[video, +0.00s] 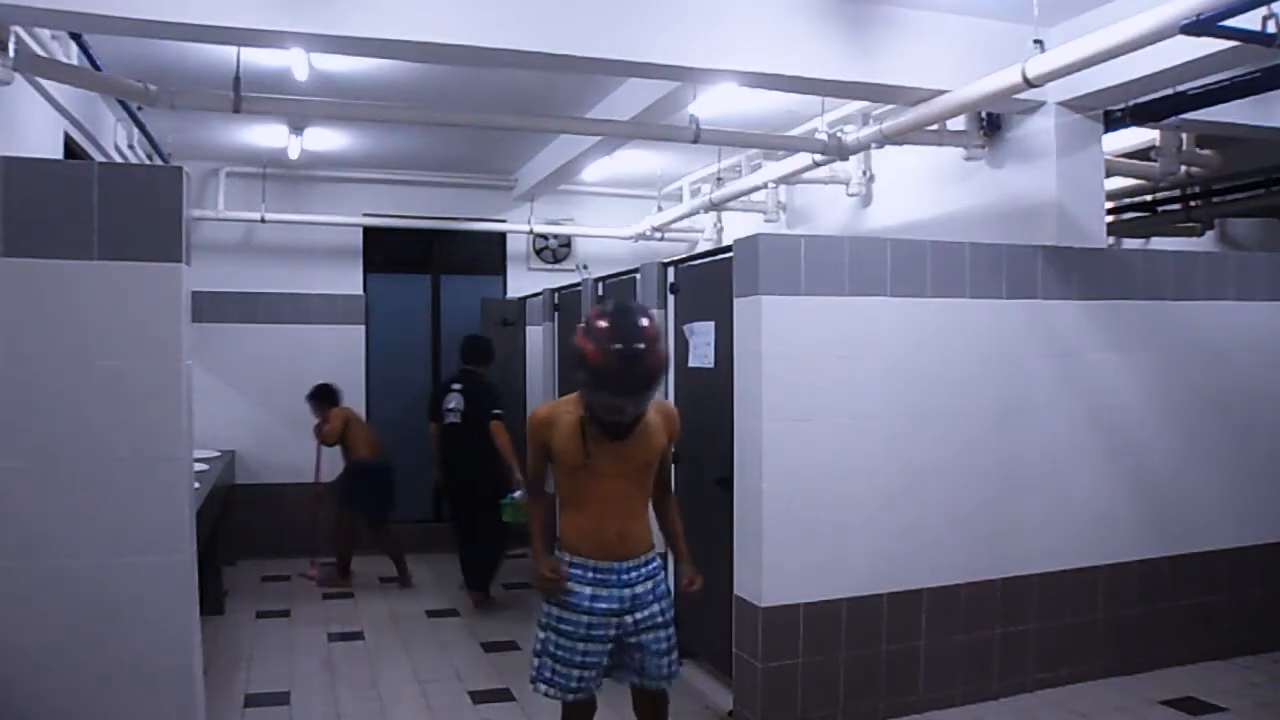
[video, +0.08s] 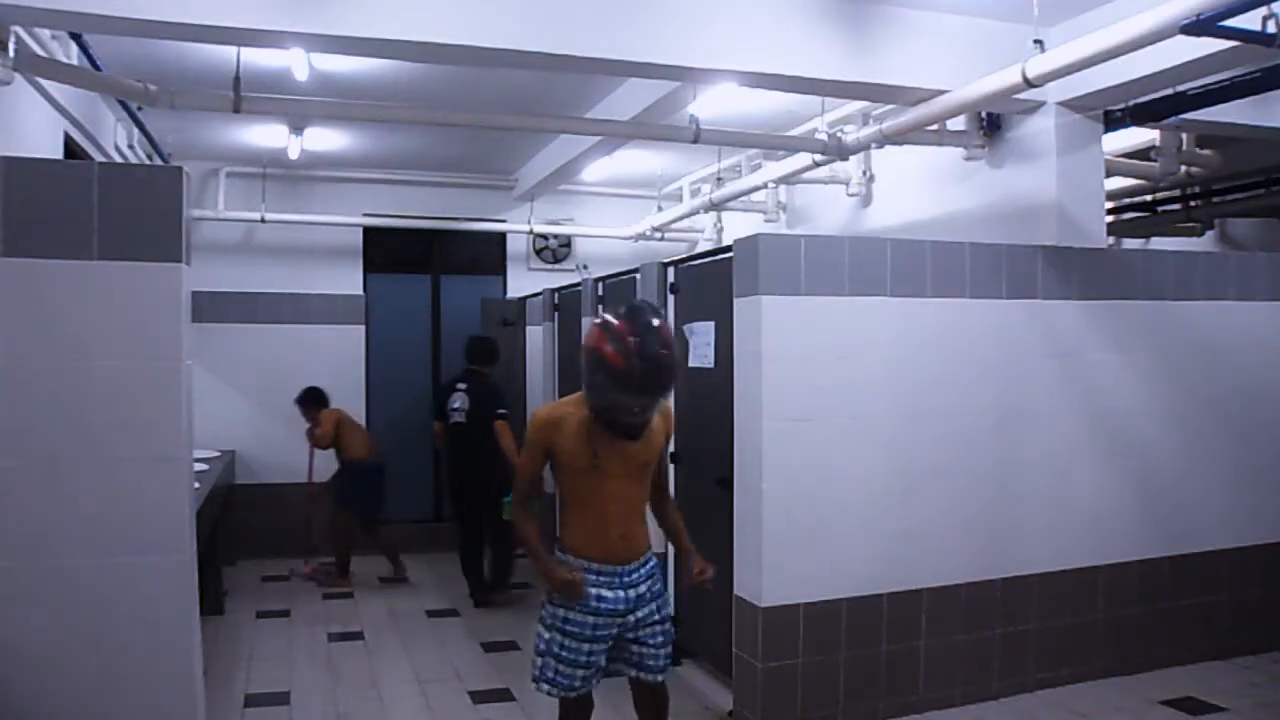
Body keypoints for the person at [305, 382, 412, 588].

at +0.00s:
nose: (314, 411)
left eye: (315, 406)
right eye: (313, 407)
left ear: (322, 404)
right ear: (334, 401)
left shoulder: (339, 413)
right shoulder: (350, 415)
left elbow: (331, 438)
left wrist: (319, 430)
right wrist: (332, 486)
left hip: (360, 473)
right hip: (379, 472)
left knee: (344, 522)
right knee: (379, 526)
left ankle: (342, 575)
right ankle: (403, 574)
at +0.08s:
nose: (305, 416)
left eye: (306, 411)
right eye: (304, 412)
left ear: (313, 407)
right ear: (323, 404)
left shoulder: (329, 415)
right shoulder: (338, 416)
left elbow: (325, 441)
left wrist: (312, 434)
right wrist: (327, 486)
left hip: (355, 472)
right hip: (370, 471)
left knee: (340, 522)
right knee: (370, 524)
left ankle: (342, 575)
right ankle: (398, 567)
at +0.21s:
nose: (294, 420)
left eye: (293, 415)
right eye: (292, 416)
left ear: (299, 411)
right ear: (311, 405)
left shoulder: (318, 417)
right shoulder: (328, 417)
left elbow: (319, 446)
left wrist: (305, 442)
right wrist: (318, 486)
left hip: (349, 468)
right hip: (365, 465)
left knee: (339, 520)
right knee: (358, 517)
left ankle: (342, 576)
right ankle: (374, 562)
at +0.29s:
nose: (289, 422)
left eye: (287, 417)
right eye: (286, 418)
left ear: (293, 412)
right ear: (305, 406)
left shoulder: (313, 418)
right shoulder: (322, 419)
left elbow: (314, 448)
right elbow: (331, 460)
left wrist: (301, 445)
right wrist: (315, 485)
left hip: (350, 467)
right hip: (359, 465)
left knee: (338, 519)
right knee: (343, 519)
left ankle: (343, 575)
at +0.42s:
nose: (283, 424)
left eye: (282, 419)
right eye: (280, 420)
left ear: (290, 412)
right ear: (297, 408)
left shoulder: (308, 420)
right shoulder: (313, 420)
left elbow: (316, 454)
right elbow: (320, 465)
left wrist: (299, 451)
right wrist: (304, 491)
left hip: (348, 470)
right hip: (351, 468)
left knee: (335, 520)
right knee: (335, 519)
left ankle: (340, 573)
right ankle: (337, 570)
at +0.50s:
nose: (280, 426)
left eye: (279, 420)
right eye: (277, 421)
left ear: (287, 413)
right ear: (294, 410)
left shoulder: (307, 421)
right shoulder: (310, 422)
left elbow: (315, 455)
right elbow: (314, 465)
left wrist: (298, 454)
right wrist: (301, 490)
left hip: (348, 470)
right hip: (348, 469)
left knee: (335, 520)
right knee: (334, 519)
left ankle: (340, 574)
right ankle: (336, 569)